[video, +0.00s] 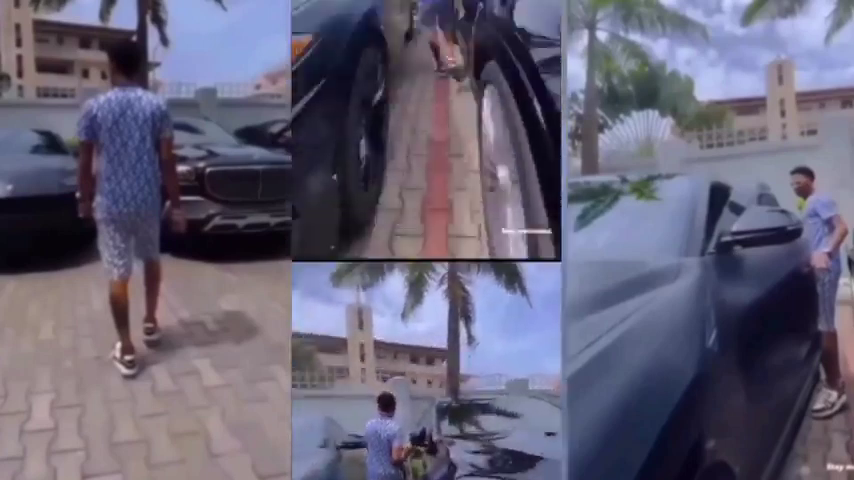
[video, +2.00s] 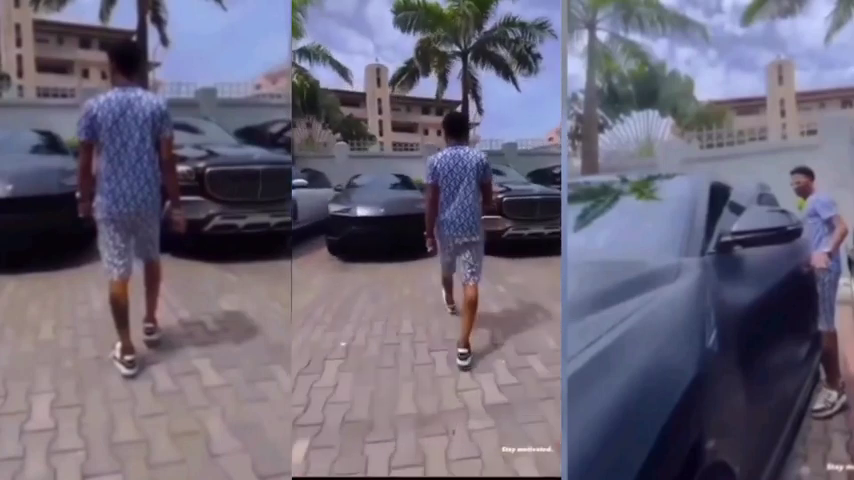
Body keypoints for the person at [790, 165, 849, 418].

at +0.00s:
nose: (796, 188)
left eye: (799, 183)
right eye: (794, 185)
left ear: (811, 181)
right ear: (796, 185)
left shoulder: (821, 201)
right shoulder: (808, 206)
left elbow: (841, 228)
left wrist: (827, 252)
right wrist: (809, 256)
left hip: (825, 269)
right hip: (814, 269)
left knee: (825, 328)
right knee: (821, 327)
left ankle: (835, 388)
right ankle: (831, 385)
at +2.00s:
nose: (796, 187)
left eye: (799, 183)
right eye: (793, 184)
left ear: (811, 181)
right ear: (797, 185)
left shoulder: (821, 201)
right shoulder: (809, 205)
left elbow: (842, 227)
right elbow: (820, 234)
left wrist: (827, 253)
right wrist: (810, 255)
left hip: (825, 268)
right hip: (815, 268)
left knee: (825, 327)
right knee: (822, 327)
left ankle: (834, 388)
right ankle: (830, 385)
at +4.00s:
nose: (796, 187)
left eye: (799, 183)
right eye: (793, 184)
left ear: (811, 181)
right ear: (797, 185)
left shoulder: (821, 201)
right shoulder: (809, 205)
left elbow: (842, 227)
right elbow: (820, 234)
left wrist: (827, 253)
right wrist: (810, 255)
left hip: (825, 268)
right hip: (815, 268)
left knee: (825, 327)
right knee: (822, 327)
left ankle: (834, 388)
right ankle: (830, 385)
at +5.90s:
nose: (795, 187)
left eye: (799, 183)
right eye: (793, 184)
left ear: (811, 181)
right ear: (797, 185)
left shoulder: (820, 201)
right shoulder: (809, 205)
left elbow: (841, 227)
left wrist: (827, 253)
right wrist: (811, 255)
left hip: (825, 268)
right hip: (815, 268)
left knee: (825, 327)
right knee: (821, 327)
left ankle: (835, 387)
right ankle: (830, 383)